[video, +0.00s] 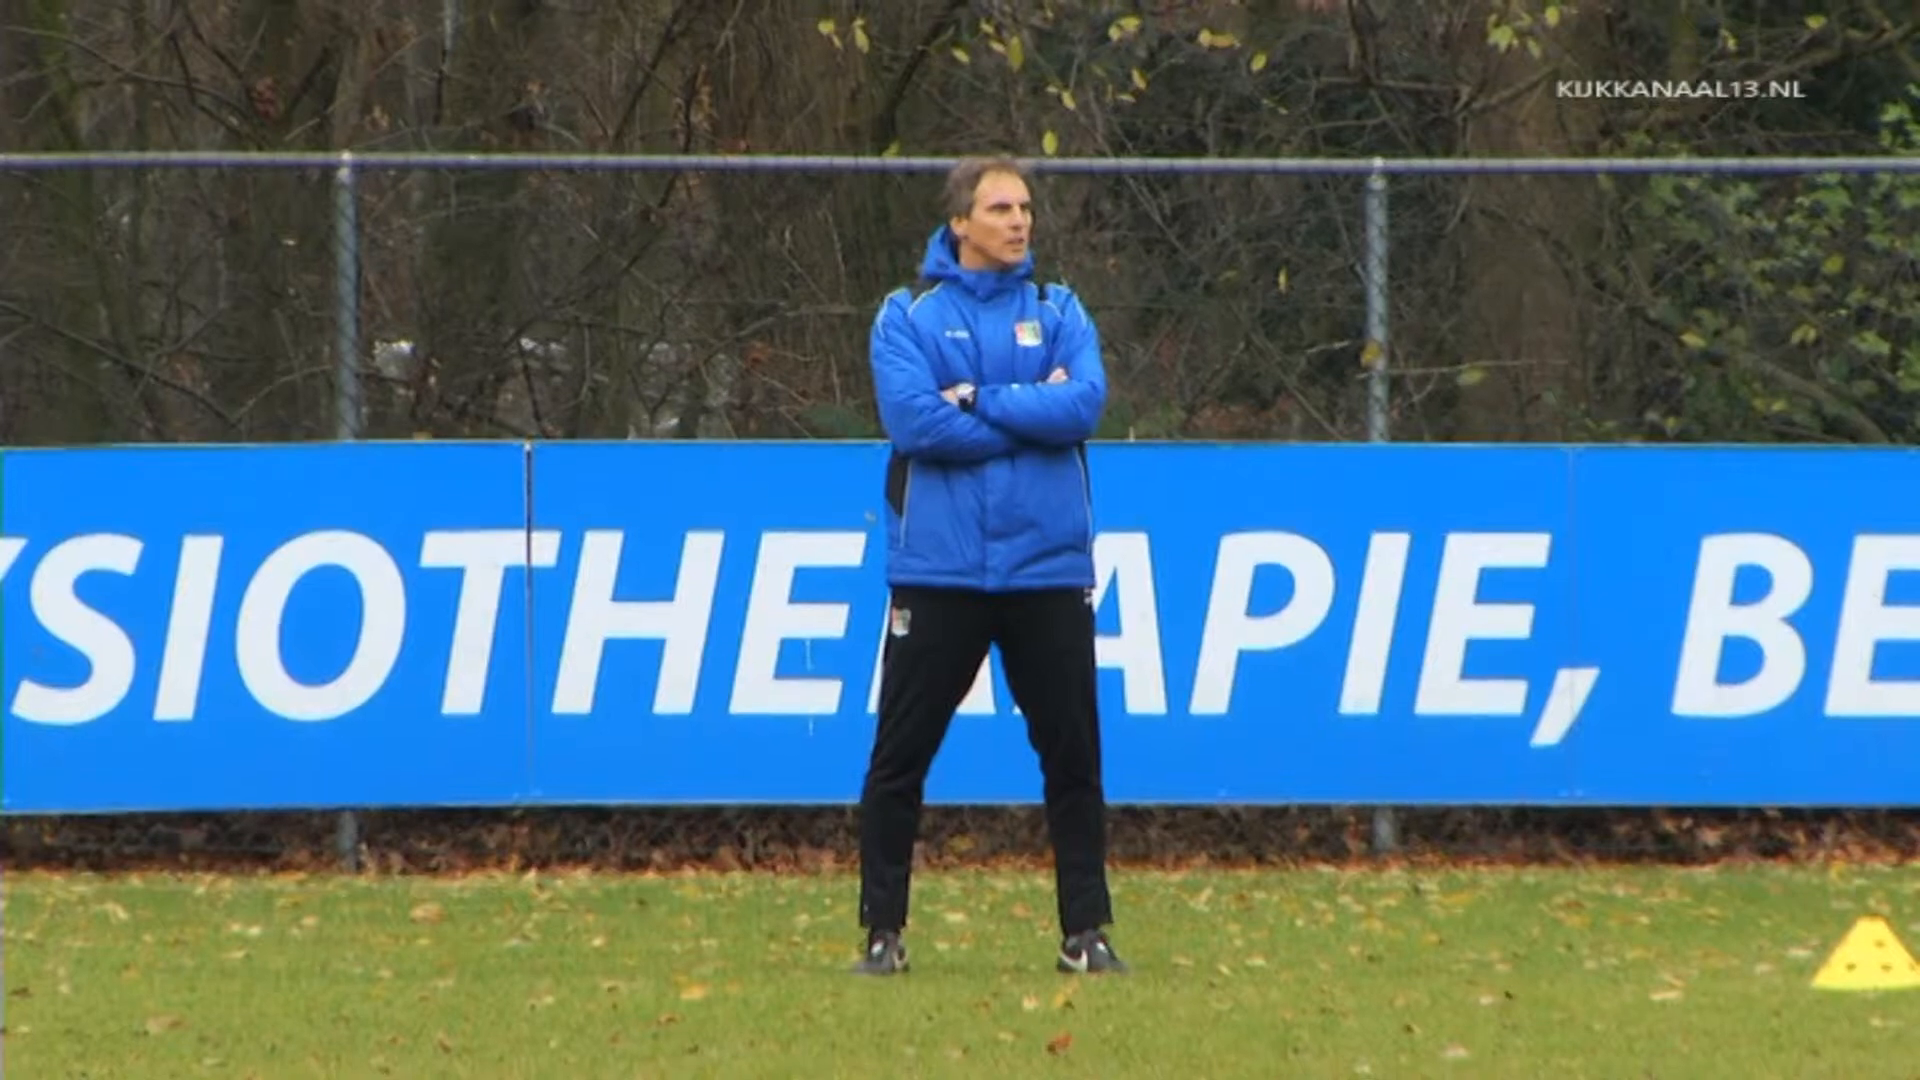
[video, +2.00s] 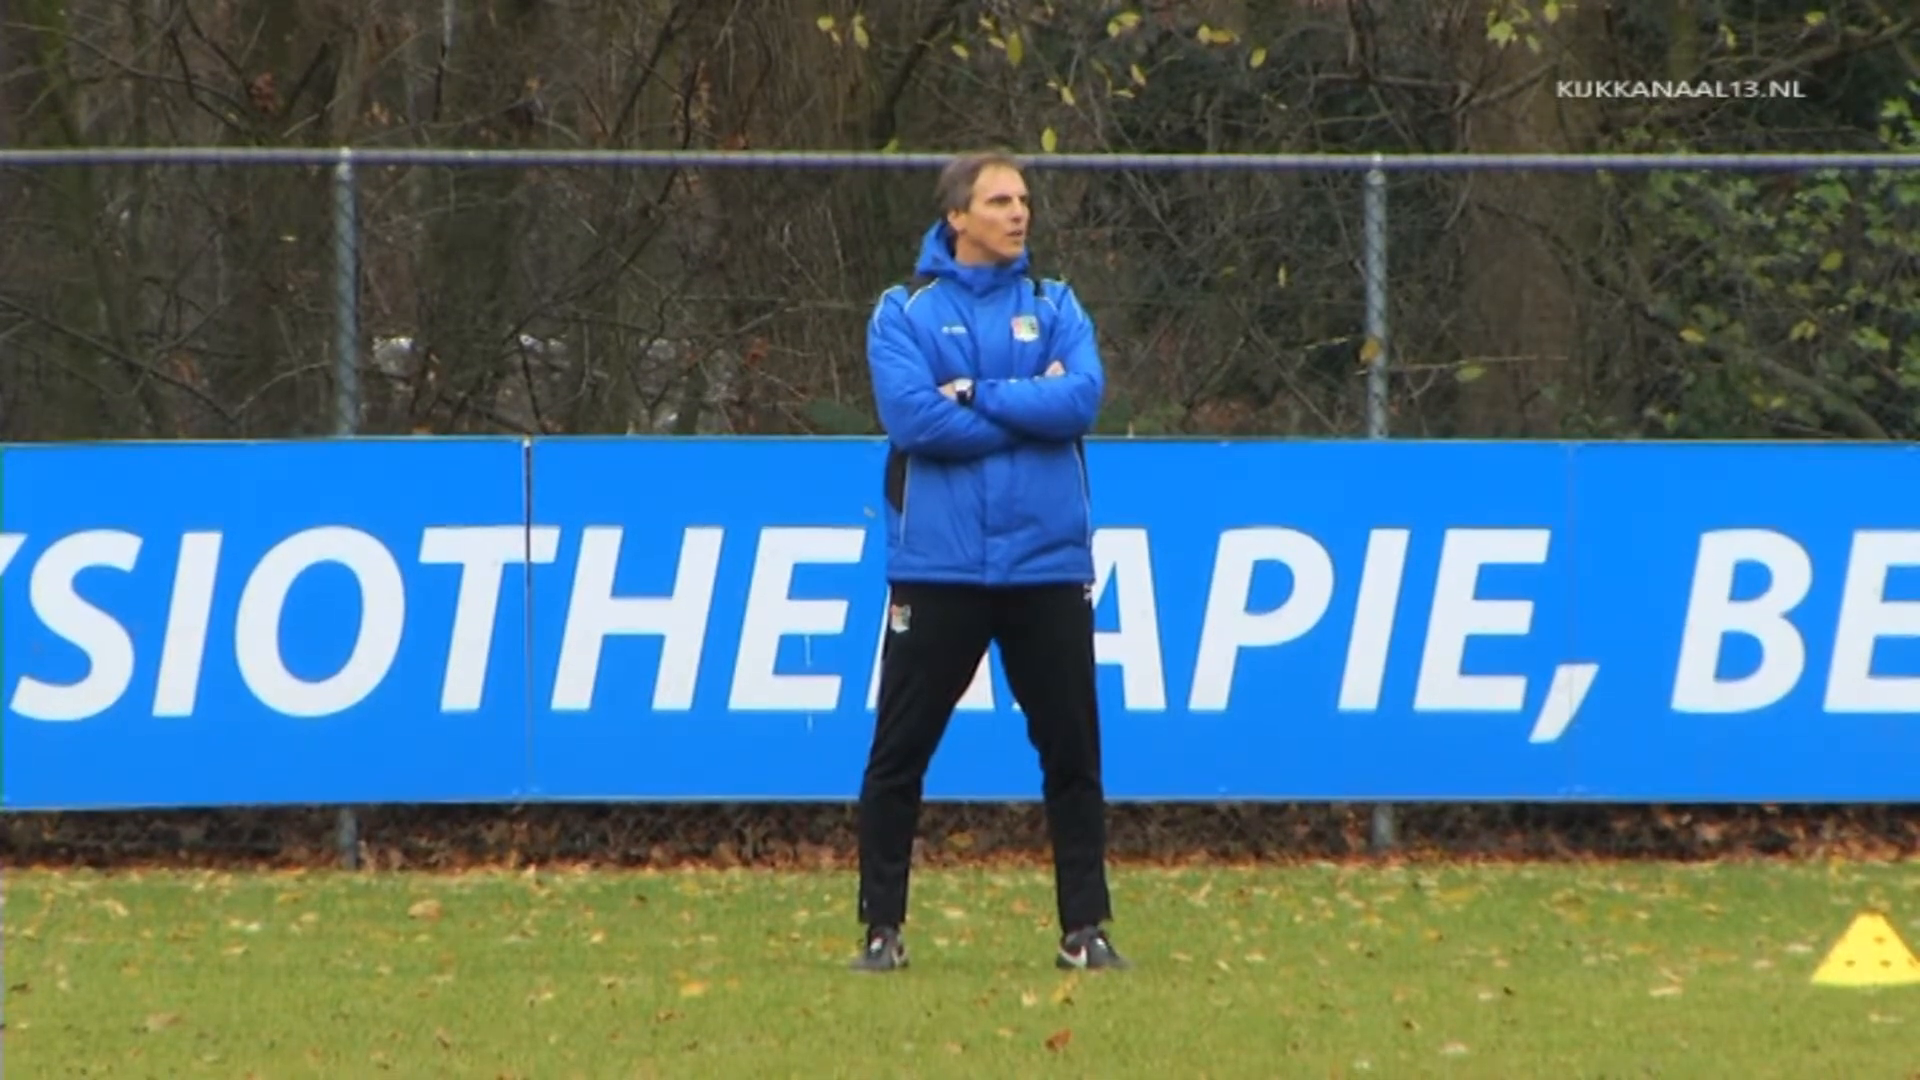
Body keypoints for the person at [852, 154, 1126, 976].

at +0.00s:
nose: (1018, 220)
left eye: (1024, 209)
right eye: (1000, 209)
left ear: (1032, 222)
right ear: (960, 224)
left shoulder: (1059, 309)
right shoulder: (906, 315)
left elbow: (1083, 405)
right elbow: (917, 427)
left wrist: (975, 396)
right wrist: (1026, 418)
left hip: (1049, 571)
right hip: (940, 573)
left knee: (1073, 753)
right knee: (902, 755)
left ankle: (1085, 933)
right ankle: (882, 932)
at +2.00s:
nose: (1018, 213)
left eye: (1023, 201)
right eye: (1000, 202)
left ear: (1029, 216)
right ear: (957, 219)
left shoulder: (1056, 304)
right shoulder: (903, 311)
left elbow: (1080, 401)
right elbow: (917, 424)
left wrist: (971, 391)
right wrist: (1026, 412)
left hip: (1049, 567)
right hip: (940, 570)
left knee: (1073, 751)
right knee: (901, 752)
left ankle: (1085, 931)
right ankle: (882, 929)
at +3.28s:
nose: (1015, 218)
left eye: (1022, 206)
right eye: (997, 207)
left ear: (1031, 218)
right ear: (958, 221)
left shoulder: (1058, 305)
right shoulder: (903, 312)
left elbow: (1079, 403)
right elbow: (914, 425)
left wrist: (969, 392)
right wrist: (1024, 414)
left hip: (1049, 567)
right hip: (940, 569)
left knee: (1073, 751)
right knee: (901, 752)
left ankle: (1085, 931)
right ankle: (881, 928)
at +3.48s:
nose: (1011, 220)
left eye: (1019, 207)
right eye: (994, 209)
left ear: (1029, 218)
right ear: (955, 222)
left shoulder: (1057, 305)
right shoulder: (902, 313)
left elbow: (1078, 403)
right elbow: (914, 426)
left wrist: (968, 393)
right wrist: (1023, 413)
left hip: (1049, 567)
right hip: (939, 569)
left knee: (1073, 750)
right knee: (900, 752)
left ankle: (1085, 930)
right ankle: (882, 929)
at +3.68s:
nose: (1008, 221)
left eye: (1017, 208)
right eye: (991, 210)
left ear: (1028, 218)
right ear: (953, 222)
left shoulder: (1057, 305)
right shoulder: (901, 313)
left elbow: (1078, 402)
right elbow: (913, 426)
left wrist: (967, 393)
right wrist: (1023, 413)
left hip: (1048, 568)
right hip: (938, 571)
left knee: (1073, 751)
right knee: (900, 752)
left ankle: (1085, 930)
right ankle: (882, 929)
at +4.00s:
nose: (1003, 221)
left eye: (1012, 208)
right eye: (986, 209)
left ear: (1024, 218)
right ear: (950, 221)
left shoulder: (1057, 305)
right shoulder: (899, 312)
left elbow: (1075, 401)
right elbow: (912, 425)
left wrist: (964, 392)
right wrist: (1023, 413)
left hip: (1045, 567)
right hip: (937, 570)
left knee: (1071, 751)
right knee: (899, 753)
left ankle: (1085, 930)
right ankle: (882, 929)